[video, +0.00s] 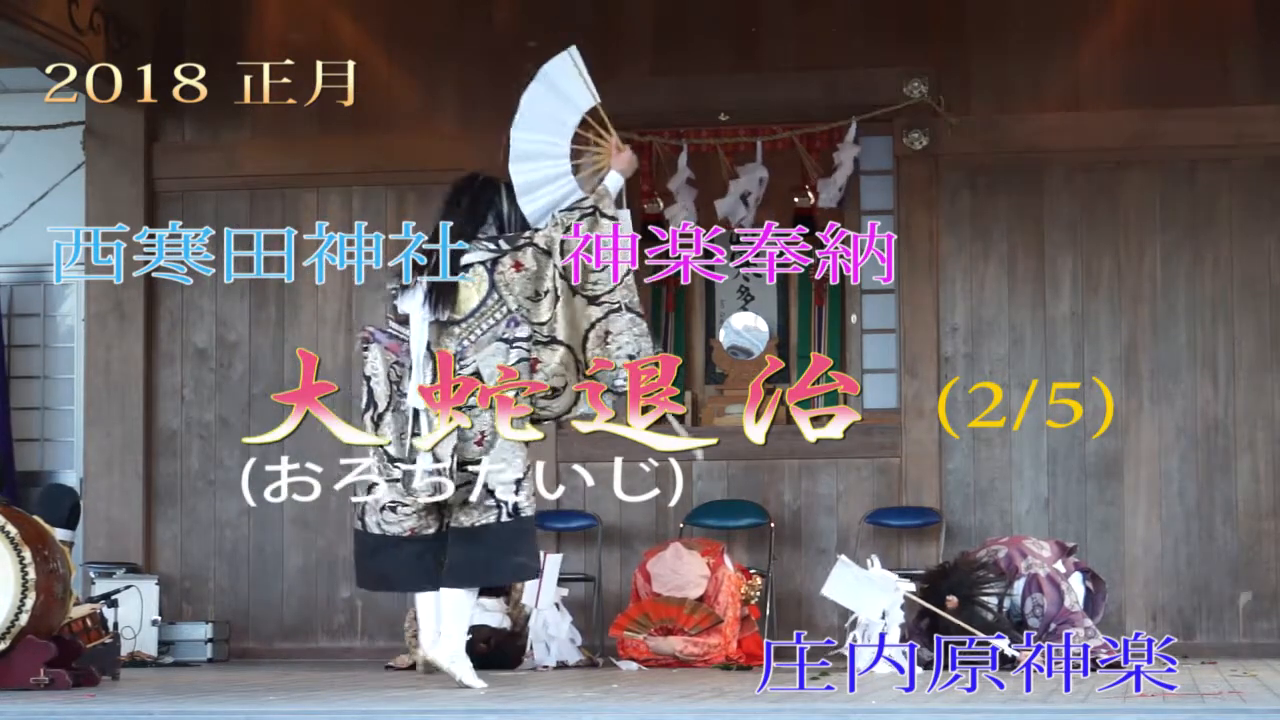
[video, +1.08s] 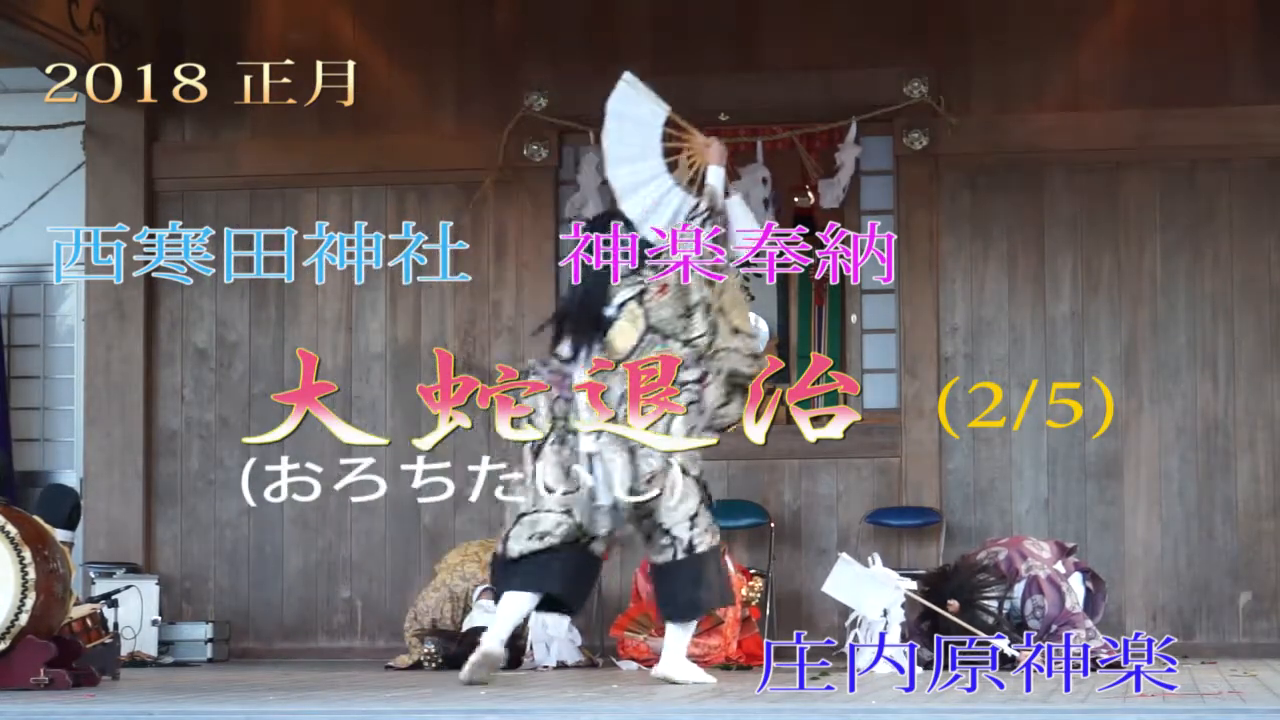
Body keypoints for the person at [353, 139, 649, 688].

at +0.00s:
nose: (513, 217)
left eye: (506, 208)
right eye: (508, 207)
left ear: (451, 216)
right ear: (503, 215)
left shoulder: (427, 272)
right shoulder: (508, 266)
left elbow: (389, 345)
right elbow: (567, 235)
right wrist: (614, 179)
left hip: (423, 409)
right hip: (482, 410)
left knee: (429, 518)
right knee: (472, 520)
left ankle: (433, 638)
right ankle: (450, 641)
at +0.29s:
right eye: (505, 230)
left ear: (447, 244)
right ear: (503, 238)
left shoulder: (423, 306)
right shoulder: (523, 284)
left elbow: (397, 391)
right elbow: (575, 257)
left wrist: (398, 440)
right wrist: (612, 204)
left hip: (431, 442)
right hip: (502, 432)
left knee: (442, 554)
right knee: (529, 528)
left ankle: (453, 662)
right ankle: (525, 614)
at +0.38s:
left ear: (455, 252)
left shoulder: (430, 311)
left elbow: (398, 402)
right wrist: (609, 212)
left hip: (430, 456)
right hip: (496, 452)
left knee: (452, 560)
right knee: (585, 507)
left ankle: (454, 661)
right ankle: (576, 592)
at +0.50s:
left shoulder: (468, 307)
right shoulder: (549, 282)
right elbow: (581, 263)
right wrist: (612, 209)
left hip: (452, 457)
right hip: (514, 454)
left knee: (465, 550)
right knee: (616, 470)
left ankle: (454, 661)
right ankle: (640, 570)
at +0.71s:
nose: (560, 257)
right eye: (554, 248)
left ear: (493, 258)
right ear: (544, 253)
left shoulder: (476, 317)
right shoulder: (566, 292)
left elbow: (462, 405)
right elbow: (610, 249)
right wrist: (636, 195)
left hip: (480, 460)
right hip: (545, 456)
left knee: (489, 555)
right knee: (643, 514)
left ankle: (456, 657)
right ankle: (685, 615)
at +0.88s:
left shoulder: (548, 326)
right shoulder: (614, 313)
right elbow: (659, 256)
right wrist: (665, 200)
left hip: (533, 459)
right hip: (596, 459)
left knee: (523, 554)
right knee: (669, 545)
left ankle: (458, 658)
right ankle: (671, 657)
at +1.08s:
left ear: (591, 253)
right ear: (645, 250)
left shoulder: (586, 302)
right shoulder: (666, 294)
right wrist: (717, 180)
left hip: (577, 436)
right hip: (648, 441)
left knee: (548, 528)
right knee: (686, 534)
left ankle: (495, 640)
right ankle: (674, 656)